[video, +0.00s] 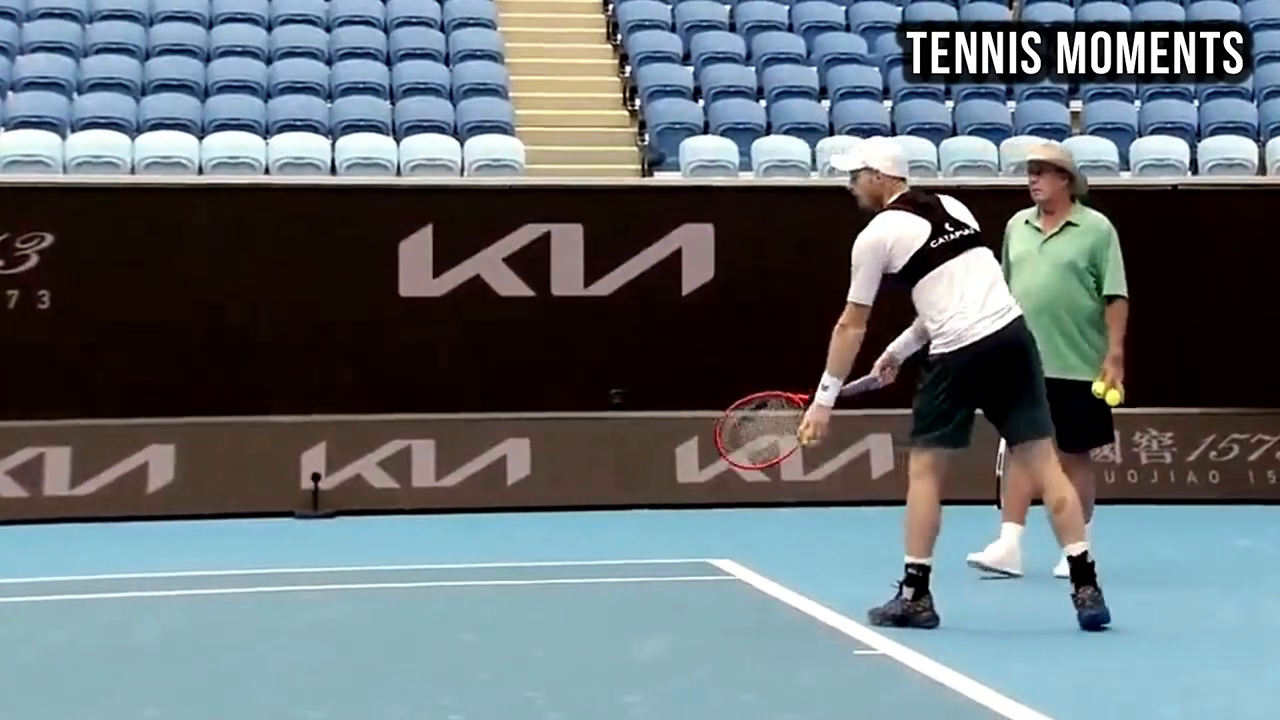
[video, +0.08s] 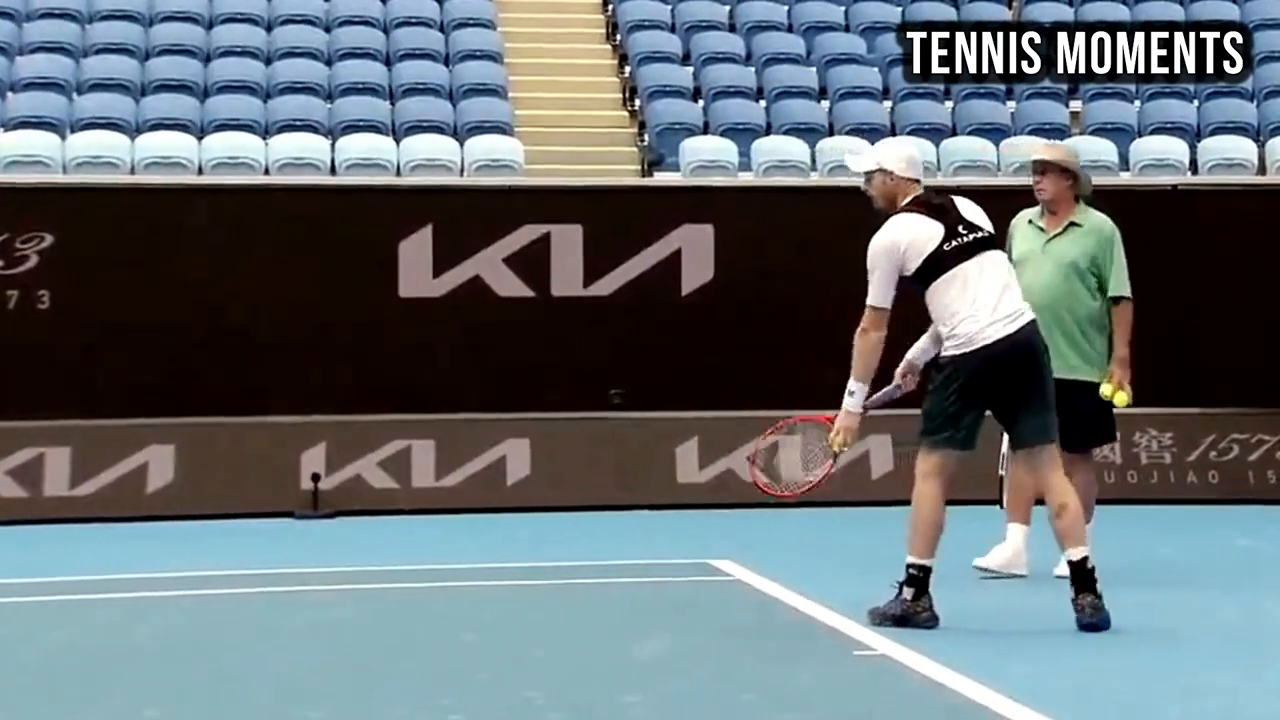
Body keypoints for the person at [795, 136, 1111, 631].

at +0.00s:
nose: (852, 187)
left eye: (857, 177)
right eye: (852, 178)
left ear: (882, 178)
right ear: (896, 179)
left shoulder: (875, 235)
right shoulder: (948, 202)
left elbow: (851, 325)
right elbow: (955, 296)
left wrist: (823, 400)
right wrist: (898, 351)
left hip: (957, 355)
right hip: (1013, 339)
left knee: (925, 471)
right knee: (1047, 465)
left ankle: (915, 595)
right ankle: (1087, 588)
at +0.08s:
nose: (867, 187)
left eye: (872, 177)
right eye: (867, 178)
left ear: (896, 178)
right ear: (912, 178)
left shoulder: (890, 237)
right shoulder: (965, 205)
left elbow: (872, 328)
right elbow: (974, 294)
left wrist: (852, 406)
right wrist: (917, 355)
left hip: (967, 360)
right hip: (1025, 345)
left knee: (931, 474)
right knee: (1051, 474)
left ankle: (914, 595)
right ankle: (1087, 593)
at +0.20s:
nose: (894, 187)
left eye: (898, 177)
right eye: (894, 178)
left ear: (918, 178)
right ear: (938, 178)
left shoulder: (914, 238)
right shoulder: (992, 204)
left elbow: (910, 329)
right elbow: (1005, 300)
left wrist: (902, 409)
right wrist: (958, 383)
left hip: (986, 361)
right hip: (1046, 350)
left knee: (944, 472)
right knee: (1056, 474)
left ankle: (915, 595)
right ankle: (1090, 595)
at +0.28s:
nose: (914, 183)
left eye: (918, 175)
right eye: (915, 174)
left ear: (939, 177)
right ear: (961, 177)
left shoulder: (932, 237)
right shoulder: (1012, 206)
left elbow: (936, 328)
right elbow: (1035, 276)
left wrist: (935, 408)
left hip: (1002, 363)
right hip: (1059, 354)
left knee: (951, 474)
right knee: (1064, 476)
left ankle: (916, 594)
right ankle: (1091, 595)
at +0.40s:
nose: (944, 177)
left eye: (948, 167)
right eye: (946, 167)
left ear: (967, 170)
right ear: (993, 168)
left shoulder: (956, 234)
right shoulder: (1045, 205)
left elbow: (969, 323)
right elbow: (1058, 286)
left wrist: (976, 395)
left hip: (1011, 373)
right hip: (1071, 363)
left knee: (959, 476)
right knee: (1076, 481)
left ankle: (917, 593)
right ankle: (1092, 597)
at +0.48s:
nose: (968, 168)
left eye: (971, 161)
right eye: (970, 159)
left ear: (984, 165)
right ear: (1016, 163)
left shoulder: (970, 228)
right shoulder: (1068, 208)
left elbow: (979, 313)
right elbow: (1088, 294)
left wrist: (983, 380)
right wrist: (1069, 346)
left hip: (1015, 376)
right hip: (1077, 368)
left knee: (960, 474)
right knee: (1080, 485)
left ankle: (918, 593)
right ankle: (1092, 598)